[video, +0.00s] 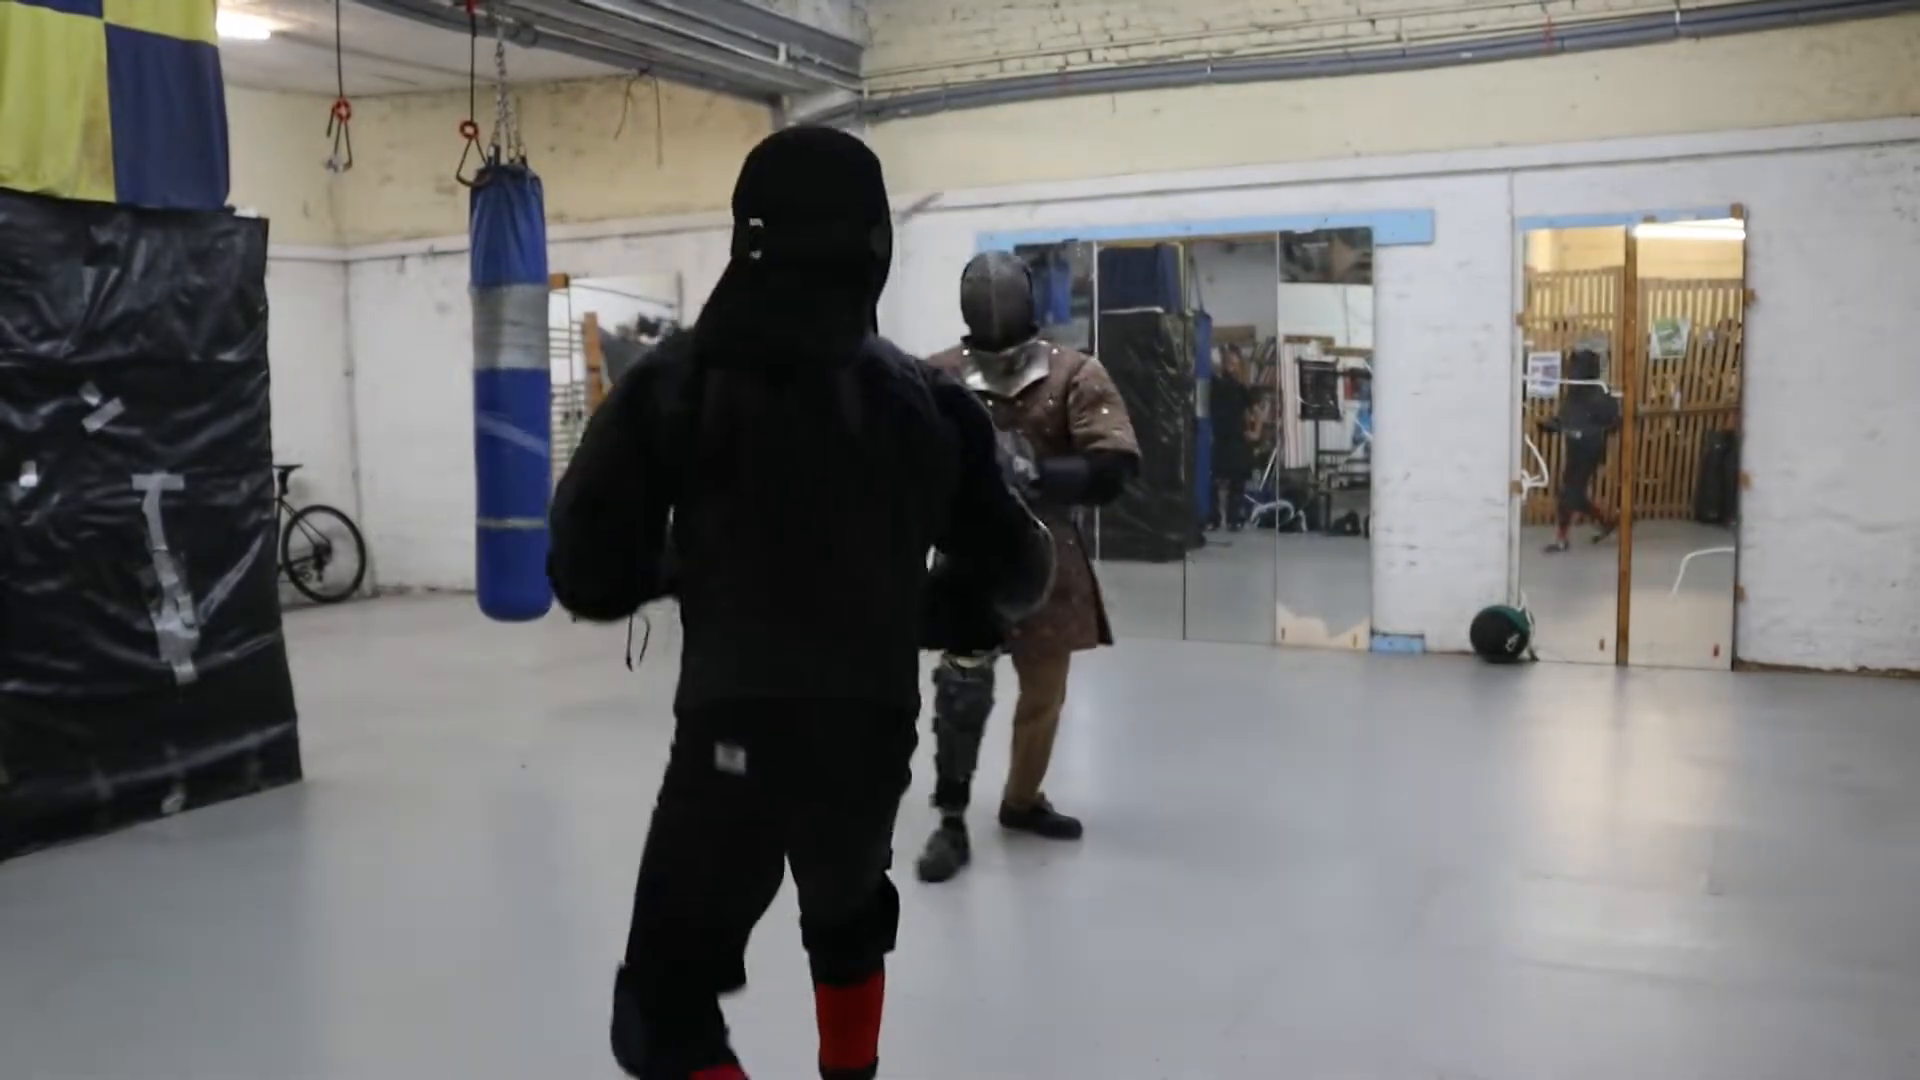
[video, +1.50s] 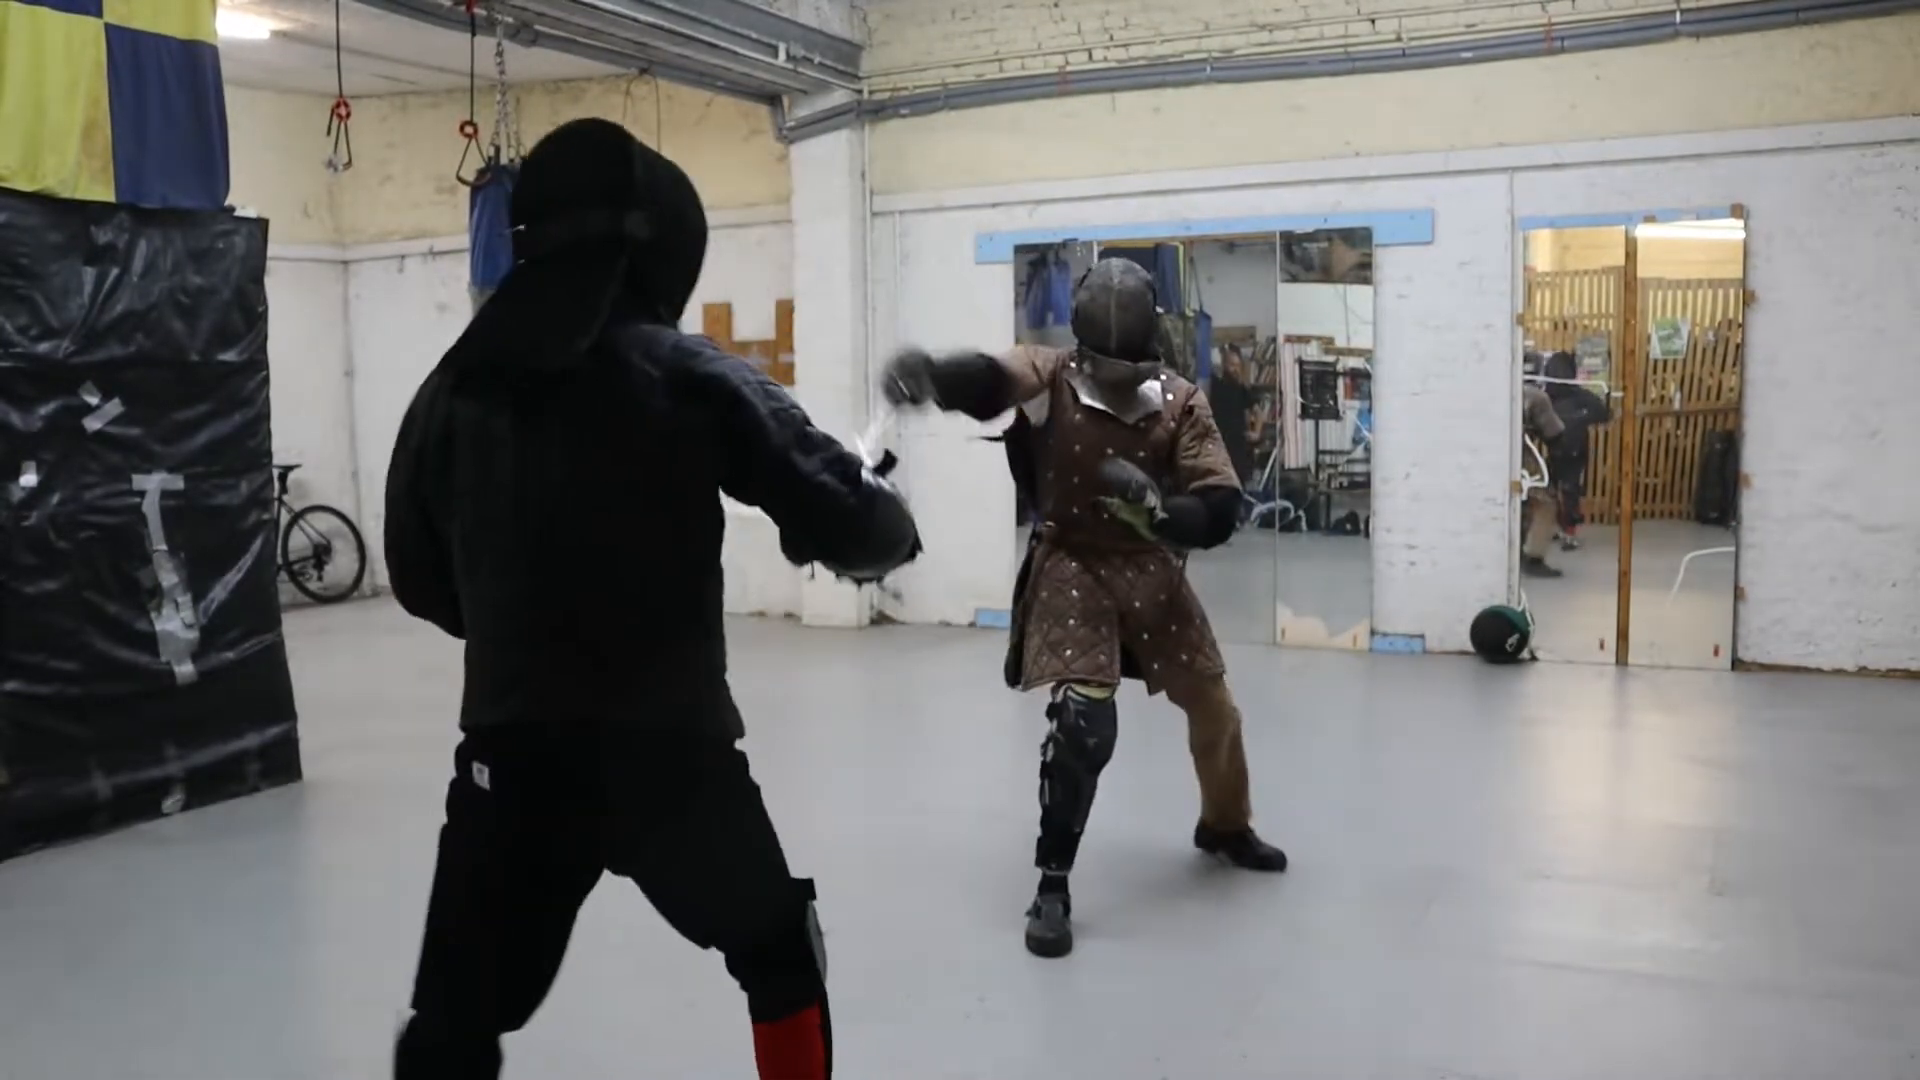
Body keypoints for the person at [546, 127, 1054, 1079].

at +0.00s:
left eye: (749, 225)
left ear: (749, 238)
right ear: (872, 244)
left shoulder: (680, 380)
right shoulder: (922, 401)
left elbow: (589, 574)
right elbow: (1012, 572)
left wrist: (697, 550)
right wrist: (900, 603)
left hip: (733, 735)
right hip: (868, 730)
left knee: (666, 998)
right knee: (850, 921)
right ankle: (850, 1069)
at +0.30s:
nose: (824, 235)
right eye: (817, 216)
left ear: (687, 230)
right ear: (812, 226)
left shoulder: (619, 383)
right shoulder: (854, 354)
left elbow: (589, 571)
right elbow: (1036, 461)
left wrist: (703, 580)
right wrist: (945, 485)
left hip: (693, 717)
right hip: (838, 709)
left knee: (629, 970)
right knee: (858, 916)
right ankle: (854, 1068)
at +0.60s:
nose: (778, 268)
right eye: (770, 247)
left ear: (623, 262)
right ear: (754, 260)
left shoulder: (557, 416)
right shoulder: (813, 403)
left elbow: (525, 617)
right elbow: (935, 576)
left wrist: (628, 644)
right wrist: (819, 646)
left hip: (636, 776)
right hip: (792, 770)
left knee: (582, 1027)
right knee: (834, 941)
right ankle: (846, 1070)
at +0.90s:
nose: (805, 265)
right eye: (799, 246)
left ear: (672, 253)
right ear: (794, 257)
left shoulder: (601, 392)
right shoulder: (839, 403)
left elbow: (537, 580)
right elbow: (911, 594)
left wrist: (617, 580)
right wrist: (852, 638)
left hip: (648, 754)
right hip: (797, 753)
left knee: (590, 998)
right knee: (838, 936)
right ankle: (856, 1078)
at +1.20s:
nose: (785, 278)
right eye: (776, 254)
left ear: (631, 257)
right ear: (751, 260)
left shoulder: (543, 397)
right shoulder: (792, 396)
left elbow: (502, 592)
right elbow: (933, 561)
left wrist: (619, 609)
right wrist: (834, 614)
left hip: (602, 761)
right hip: (758, 756)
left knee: (527, 1013)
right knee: (822, 948)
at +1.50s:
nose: (692, 263)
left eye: (684, 237)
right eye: (681, 238)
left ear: (533, 243)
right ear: (656, 246)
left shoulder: (454, 390)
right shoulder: (688, 377)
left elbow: (420, 577)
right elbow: (858, 526)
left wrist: (533, 620)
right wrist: (880, 518)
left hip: (512, 764)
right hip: (672, 761)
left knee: (449, 1026)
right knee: (776, 946)